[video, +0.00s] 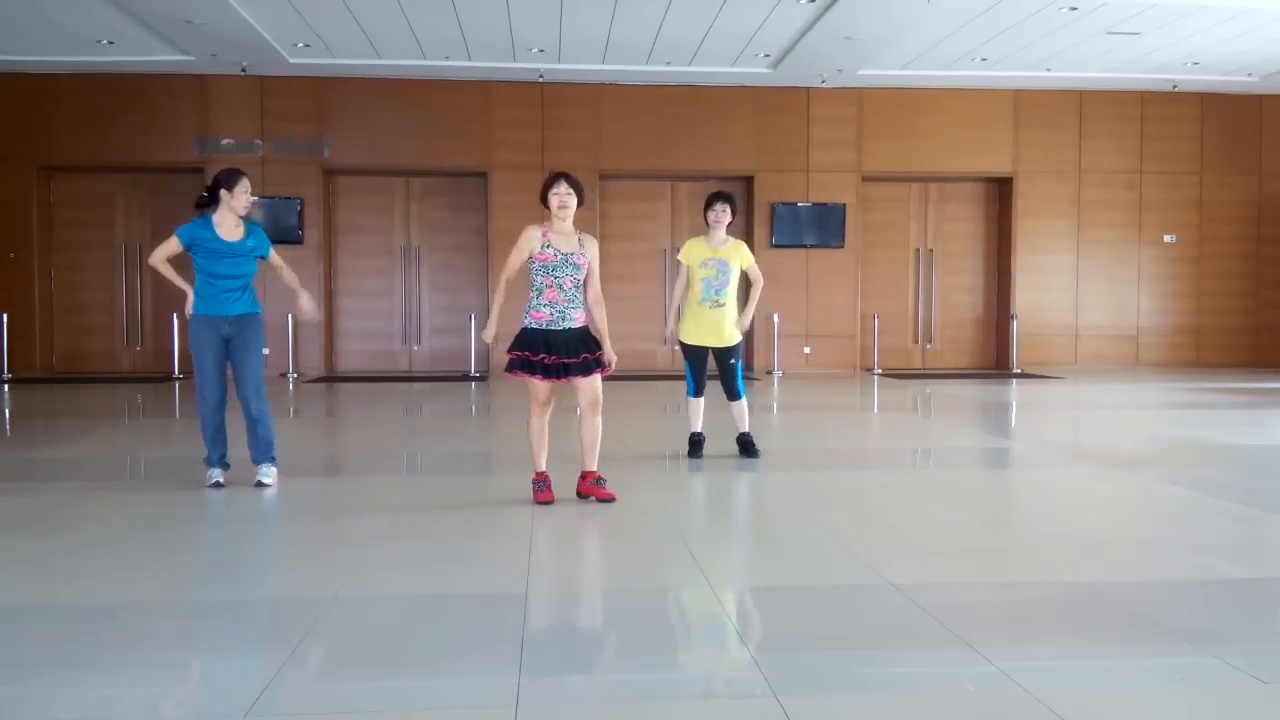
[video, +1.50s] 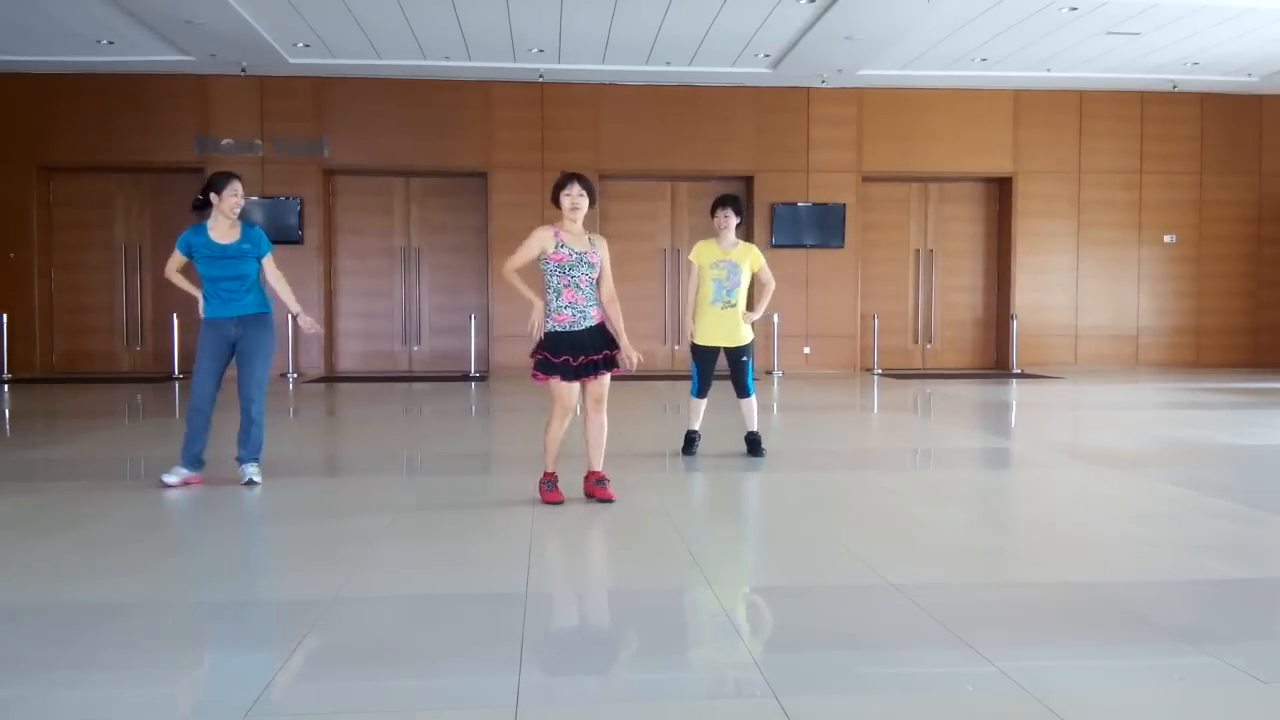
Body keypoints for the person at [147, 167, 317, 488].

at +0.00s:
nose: (250, 199)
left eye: (250, 193)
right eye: (244, 193)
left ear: (238, 196)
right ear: (224, 195)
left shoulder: (254, 233)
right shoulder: (197, 229)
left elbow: (280, 266)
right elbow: (156, 258)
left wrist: (301, 291)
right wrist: (187, 288)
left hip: (246, 321)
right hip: (205, 322)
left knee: (252, 395)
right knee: (211, 397)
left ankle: (266, 463)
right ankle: (216, 465)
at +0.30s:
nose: (243, 204)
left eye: (244, 198)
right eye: (238, 198)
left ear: (229, 200)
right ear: (218, 199)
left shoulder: (246, 237)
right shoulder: (193, 233)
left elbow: (287, 258)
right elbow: (150, 261)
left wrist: (331, 263)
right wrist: (182, 290)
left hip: (239, 324)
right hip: (202, 325)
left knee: (248, 397)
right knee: (210, 399)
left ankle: (245, 466)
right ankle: (215, 466)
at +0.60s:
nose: (241, 201)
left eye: (241, 196)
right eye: (236, 195)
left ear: (231, 199)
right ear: (216, 197)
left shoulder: (245, 238)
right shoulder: (192, 233)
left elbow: (257, 284)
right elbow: (149, 264)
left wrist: (274, 325)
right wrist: (185, 291)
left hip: (244, 324)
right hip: (204, 325)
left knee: (248, 395)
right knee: (209, 398)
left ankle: (247, 462)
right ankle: (215, 465)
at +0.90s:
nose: (246, 197)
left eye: (247, 191)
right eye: (240, 191)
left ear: (243, 195)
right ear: (219, 194)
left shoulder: (256, 234)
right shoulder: (197, 231)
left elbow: (272, 279)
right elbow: (159, 262)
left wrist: (284, 321)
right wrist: (192, 289)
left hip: (251, 321)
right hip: (211, 322)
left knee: (250, 397)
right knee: (214, 396)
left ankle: (250, 462)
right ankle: (215, 465)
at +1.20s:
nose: (246, 202)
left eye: (248, 196)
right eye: (239, 196)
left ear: (249, 198)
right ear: (220, 198)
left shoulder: (259, 234)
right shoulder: (200, 235)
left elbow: (273, 279)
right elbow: (168, 268)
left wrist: (291, 318)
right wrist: (200, 292)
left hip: (259, 323)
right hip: (219, 325)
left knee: (255, 396)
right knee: (221, 395)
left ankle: (250, 462)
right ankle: (221, 464)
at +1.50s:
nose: (240, 202)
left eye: (242, 196)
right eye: (233, 196)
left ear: (242, 200)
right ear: (214, 198)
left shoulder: (254, 235)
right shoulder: (193, 237)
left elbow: (274, 276)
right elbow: (170, 270)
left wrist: (299, 312)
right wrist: (198, 294)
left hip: (256, 324)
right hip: (215, 326)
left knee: (252, 397)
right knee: (201, 395)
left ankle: (250, 463)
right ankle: (190, 465)